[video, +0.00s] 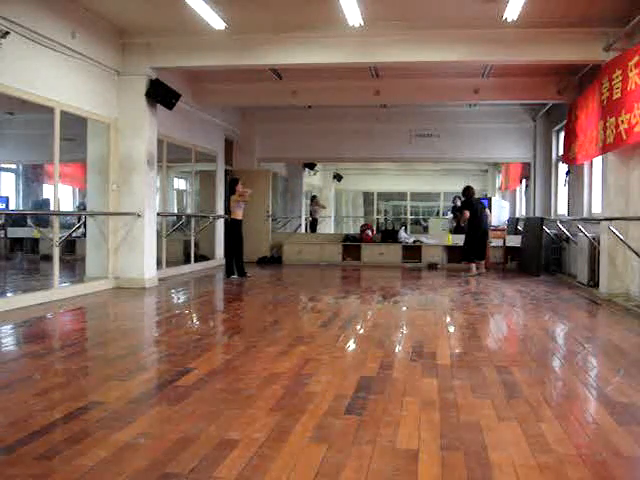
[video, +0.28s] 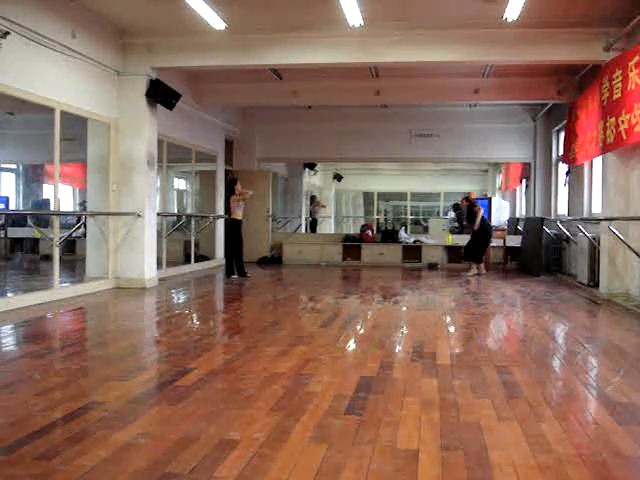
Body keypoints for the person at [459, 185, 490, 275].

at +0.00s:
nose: (464, 196)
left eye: (464, 194)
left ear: (464, 194)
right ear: (473, 193)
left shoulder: (466, 202)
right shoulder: (479, 202)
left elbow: (466, 215)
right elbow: (488, 214)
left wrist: (461, 222)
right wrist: (487, 223)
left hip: (472, 229)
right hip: (483, 228)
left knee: (470, 248)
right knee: (481, 248)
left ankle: (472, 268)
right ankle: (482, 267)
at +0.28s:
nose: (461, 205)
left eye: (462, 203)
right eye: (461, 203)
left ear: (466, 202)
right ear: (466, 202)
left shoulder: (472, 206)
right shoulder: (469, 209)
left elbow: (480, 210)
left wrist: (477, 223)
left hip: (483, 230)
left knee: (470, 248)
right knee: (478, 249)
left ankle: (474, 268)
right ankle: (481, 268)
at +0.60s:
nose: (470, 197)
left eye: (472, 195)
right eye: (469, 196)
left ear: (476, 195)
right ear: (467, 198)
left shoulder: (483, 202)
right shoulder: (467, 209)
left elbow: (497, 204)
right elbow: (465, 224)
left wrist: (506, 206)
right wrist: (458, 231)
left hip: (489, 227)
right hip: (478, 229)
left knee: (488, 248)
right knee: (479, 248)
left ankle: (490, 271)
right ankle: (482, 269)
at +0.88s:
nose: (480, 190)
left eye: (482, 188)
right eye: (479, 188)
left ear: (486, 189)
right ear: (476, 189)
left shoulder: (491, 198)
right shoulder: (472, 201)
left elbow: (498, 209)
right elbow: (470, 216)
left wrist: (502, 217)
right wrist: (472, 228)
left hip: (491, 226)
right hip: (480, 226)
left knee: (491, 247)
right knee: (479, 246)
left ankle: (490, 270)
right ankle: (482, 267)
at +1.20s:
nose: (481, 188)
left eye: (483, 186)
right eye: (480, 186)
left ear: (488, 187)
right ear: (479, 187)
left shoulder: (493, 200)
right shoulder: (474, 200)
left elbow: (499, 214)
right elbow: (468, 214)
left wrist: (494, 224)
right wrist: (466, 226)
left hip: (488, 226)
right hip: (477, 226)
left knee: (489, 248)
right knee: (477, 249)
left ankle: (489, 267)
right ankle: (481, 273)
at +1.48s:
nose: (482, 184)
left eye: (485, 183)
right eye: (482, 182)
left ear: (490, 184)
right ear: (482, 184)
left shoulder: (496, 196)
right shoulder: (477, 195)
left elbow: (504, 208)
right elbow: (470, 206)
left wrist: (498, 217)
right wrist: (470, 218)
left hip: (492, 223)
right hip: (479, 223)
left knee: (493, 248)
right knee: (479, 247)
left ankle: (495, 274)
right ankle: (481, 272)